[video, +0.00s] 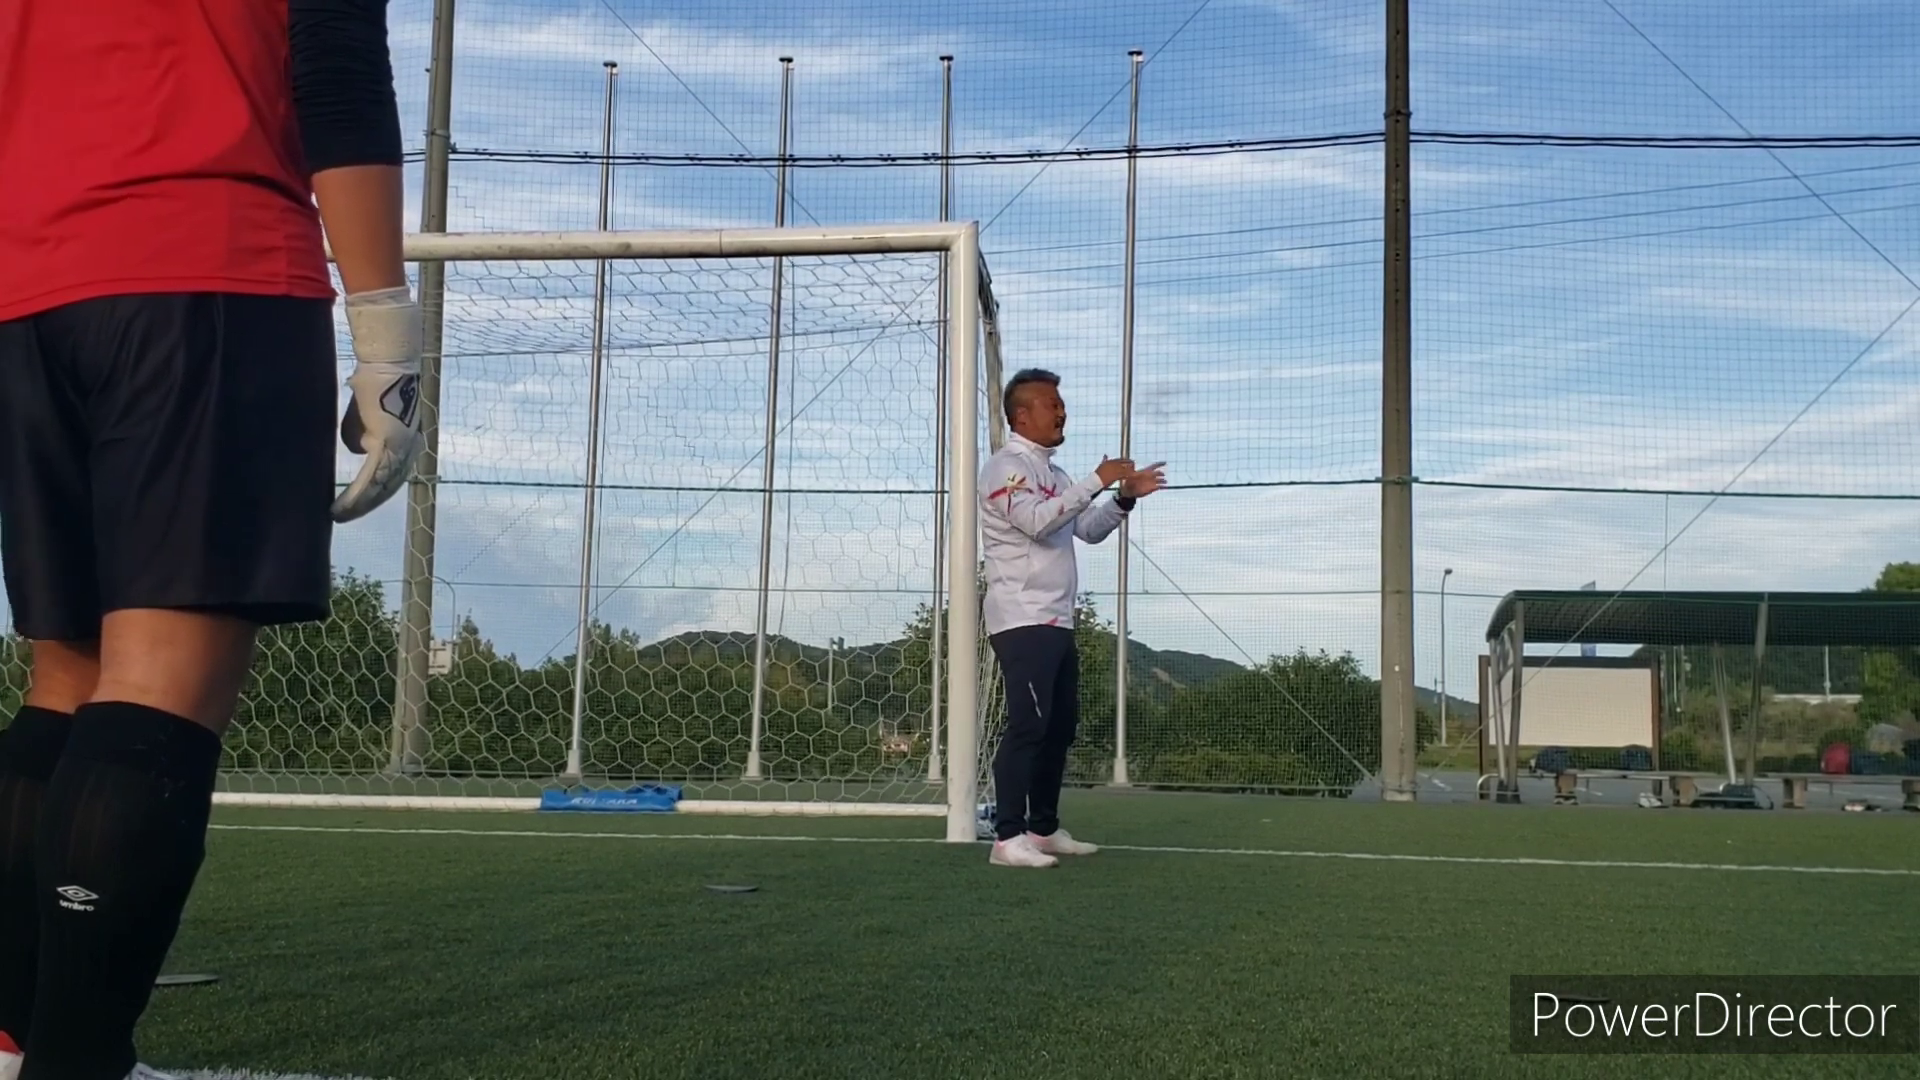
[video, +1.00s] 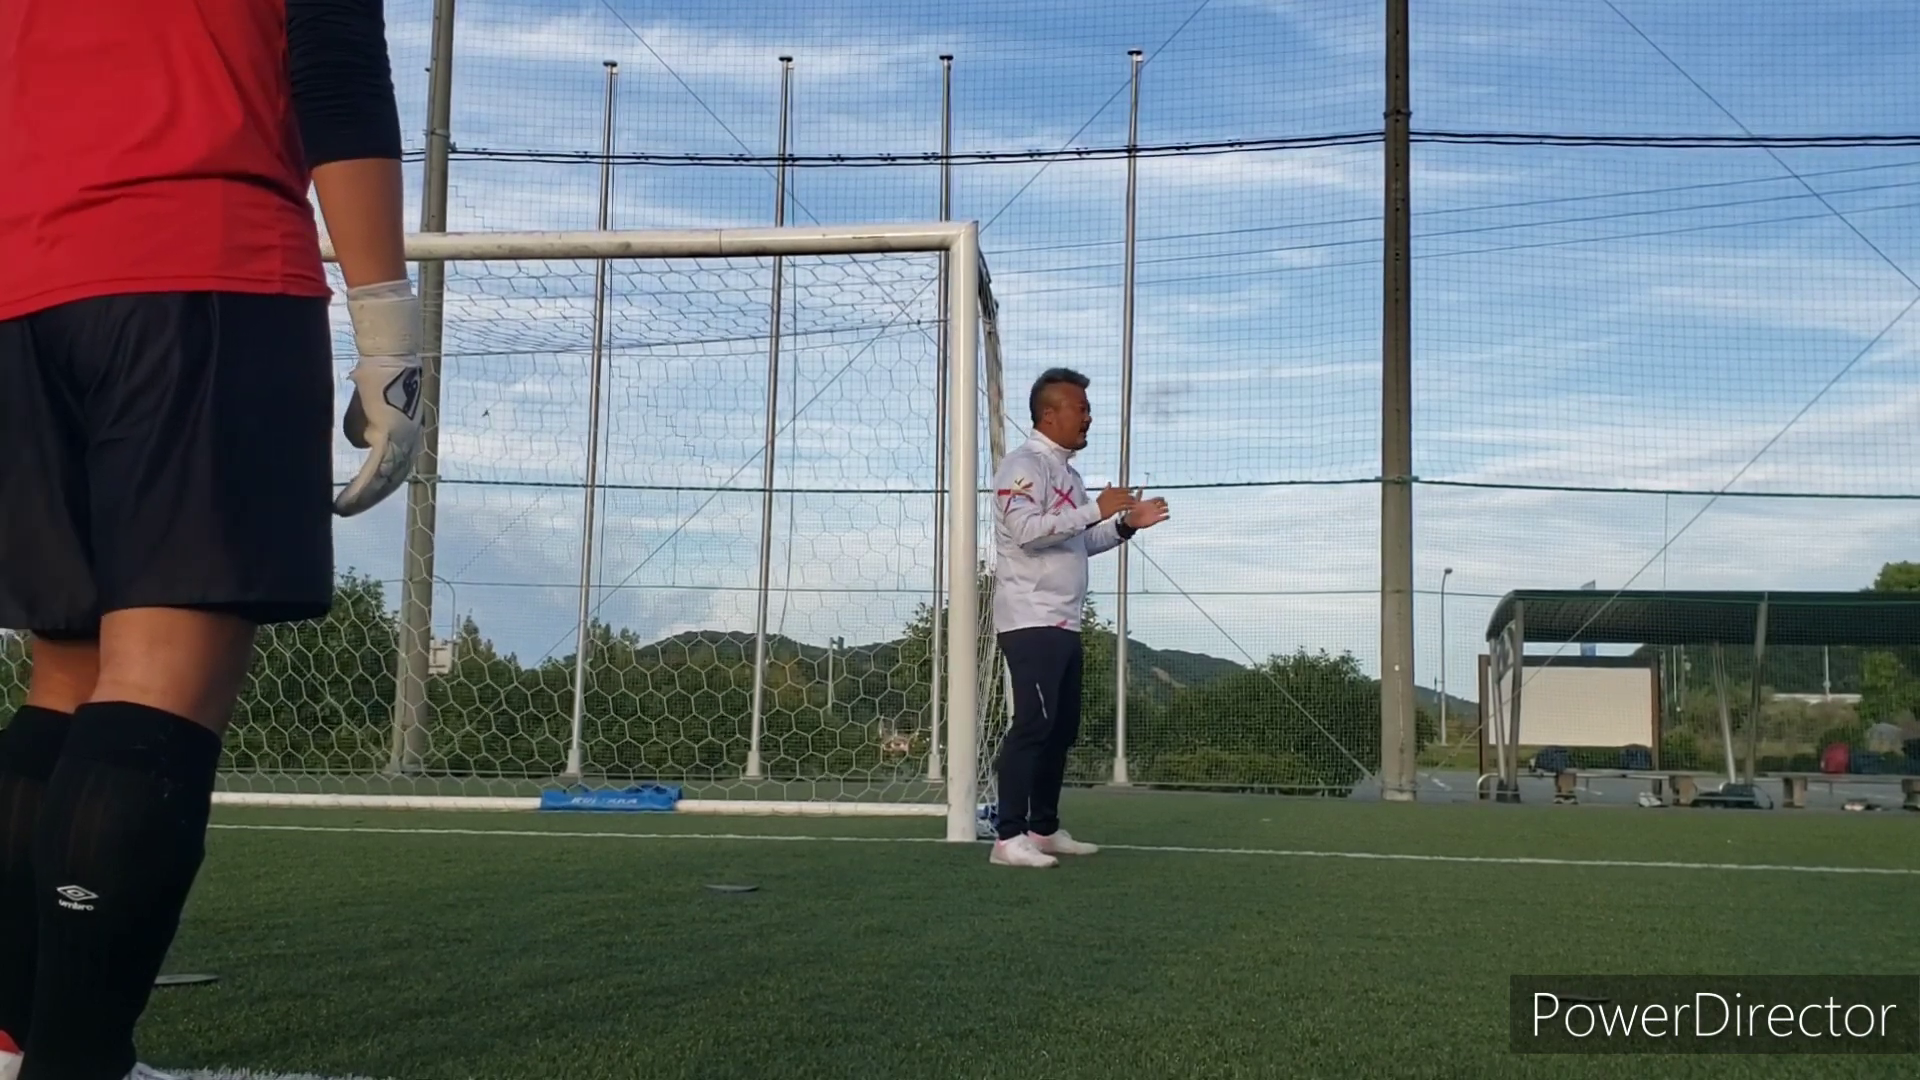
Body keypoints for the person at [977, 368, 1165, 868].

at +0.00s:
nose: (1063, 413)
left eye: (1062, 404)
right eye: (1053, 404)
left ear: (1038, 414)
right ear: (1022, 413)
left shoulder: (1057, 475)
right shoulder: (1005, 465)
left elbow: (1089, 529)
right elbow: (1036, 520)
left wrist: (1125, 498)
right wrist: (1097, 481)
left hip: (1057, 619)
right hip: (1021, 617)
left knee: (1059, 727)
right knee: (1027, 725)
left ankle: (1042, 830)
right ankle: (1008, 838)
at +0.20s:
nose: (1075, 421)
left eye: (1075, 412)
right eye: (1067, 412)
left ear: (1054, 417)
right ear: (1034, 415)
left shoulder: (1057, 477)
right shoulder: (1011, 465)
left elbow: (1088, 532)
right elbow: (1036, 525)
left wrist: (1125, 500)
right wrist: (1099, 490)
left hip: (1056, 619)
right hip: (1021, 616)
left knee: (1058, 725)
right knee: (1029, 722)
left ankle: (1042, 830)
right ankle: (1008, 838)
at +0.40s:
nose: (1079, 421)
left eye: (1080, 412)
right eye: (1071, 411)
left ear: (1059, 416)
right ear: (1039, 414)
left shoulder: (1063, 478)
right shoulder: (1014, 464)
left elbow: (1093, 529)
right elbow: (1024, 526)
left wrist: (1132, 496)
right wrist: (1090, 501)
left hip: (1057, 621)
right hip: (1022, 618)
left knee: (1057, 727)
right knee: (1029, 724)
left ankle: (1042, 830)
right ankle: (1008, 838)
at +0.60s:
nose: (1082, 424)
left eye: (1084, 415)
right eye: (1076, 415)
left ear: (1057, 418)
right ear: (1043, 415)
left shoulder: (1069, 476)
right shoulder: (1013, 464)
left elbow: (1113, 513)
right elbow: (1026, 528)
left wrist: (1164, 492)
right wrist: (1089, 502)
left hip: (1057, 620)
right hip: (1022, 617)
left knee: (1059, 726)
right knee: (1032, 723)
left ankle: (1042, 830)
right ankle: (1009, 839)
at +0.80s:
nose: (1084, 417)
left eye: (1084, 409)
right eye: (1075, 409)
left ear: (1071, 414)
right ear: (1042, 414)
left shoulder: (1070, 477)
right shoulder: (1018, 463)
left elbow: (1085, 541)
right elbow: (1017, 530)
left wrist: (1129, 520)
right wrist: (1089, 507)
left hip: (1062, 622)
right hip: (1025, 619)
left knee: (1059, 726)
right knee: (1030, 723)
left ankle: (1043, 830)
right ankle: (1008, 838)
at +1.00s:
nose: (1089, 416)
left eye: (1088, 408)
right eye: (1081, 408)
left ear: (1064, 414)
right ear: (1049, 414)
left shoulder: (1070, 477)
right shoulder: (1023, 464)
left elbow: (1079, 541)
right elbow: (1026, 530)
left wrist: (1126, 524)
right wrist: (1097, 509)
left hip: (1062, 621)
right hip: (1029, 618)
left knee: (1060, 726)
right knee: (1033, 724)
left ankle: (1043, 830)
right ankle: (1008, 838)